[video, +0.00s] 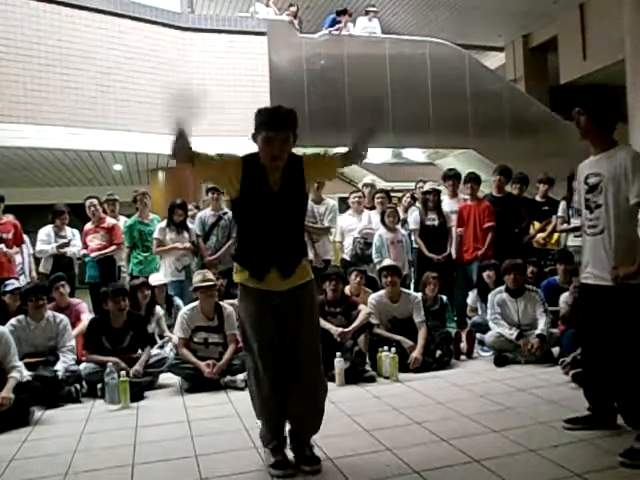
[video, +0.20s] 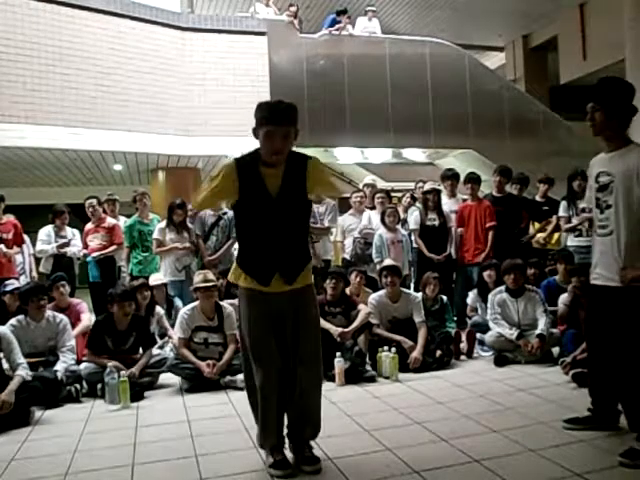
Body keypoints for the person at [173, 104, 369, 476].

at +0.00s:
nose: (275, 150)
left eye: (282, 142)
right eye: (268, 142)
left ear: (292, 141)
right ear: (256, 140)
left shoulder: (305, 166)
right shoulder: (237, 170)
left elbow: (348, 159)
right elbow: (191, 161)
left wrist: (359, 144)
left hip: (299, 281)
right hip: (255, 285)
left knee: (306, 363)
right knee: (265, 365)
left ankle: (303, 442)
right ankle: (274, 444)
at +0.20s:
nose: (277, 144)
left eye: (284, 136)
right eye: (269, 136)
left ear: (295, 135)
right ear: (256, 134)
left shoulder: (308, 167)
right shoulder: (235, 171)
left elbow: (343, 191)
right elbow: (198, 205)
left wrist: (354, 198)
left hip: (300, 283)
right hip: (256, 285)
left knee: (307, 363)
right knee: (265, 367)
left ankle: (302, 442)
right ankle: (273, 446)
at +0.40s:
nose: (274, 137)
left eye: (281, 130)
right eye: (267, 130)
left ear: (291, 132)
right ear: (254, 132)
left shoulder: (308, 173)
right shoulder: (235, 174)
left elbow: (315, 222)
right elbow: (223, 219)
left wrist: (313, 243)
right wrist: (224, 247)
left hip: (299, 282)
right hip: (256, 285)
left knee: (306, 363)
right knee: (264, 366)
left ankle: (301, 441)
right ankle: (275, 445)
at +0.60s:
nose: (280, 153)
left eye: (286, 146)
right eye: (271, 146)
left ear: (294, 149)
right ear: (256, 148)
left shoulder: (307, 192)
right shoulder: (235, 190)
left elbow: (336, 238)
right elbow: (200, 238)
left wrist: (344, 212)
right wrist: (180, 289)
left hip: (296, 285)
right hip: (257, 280)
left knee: (296, 367)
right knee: (261, 300)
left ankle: (280, 433)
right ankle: (261, 357)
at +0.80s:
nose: (278, 155)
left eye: (284, 148)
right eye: (270, 148)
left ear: (292, 149)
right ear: (256, 149)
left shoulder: (302, 180)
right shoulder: (237, 186)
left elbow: (337, 205)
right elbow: (218, 234)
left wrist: (344, 199)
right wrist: (207, 280)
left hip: (300, 292)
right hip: (259, 292)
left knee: (308, 372)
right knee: (268, 371)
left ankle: (283, 441)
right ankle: (276, 456)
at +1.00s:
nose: (267, 143)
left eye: (274, 136)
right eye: (260, 135)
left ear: (283, 141)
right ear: (246, 142)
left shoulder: (300, 184)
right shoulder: (228, 190)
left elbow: (331, 219)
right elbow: (211, 243)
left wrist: (325, 250)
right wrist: (234, 232)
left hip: (300, 300)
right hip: (253, 304)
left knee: (315, 385)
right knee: (263, 393)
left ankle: (294, 438)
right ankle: (273, 467)